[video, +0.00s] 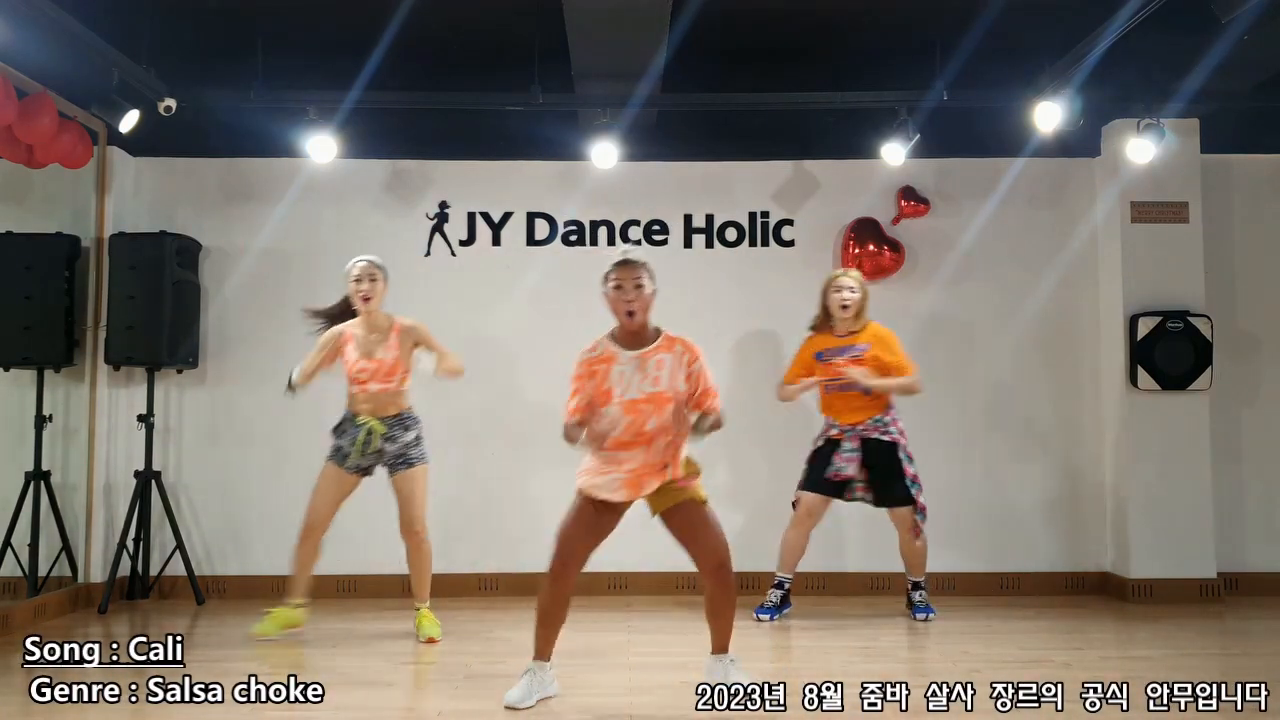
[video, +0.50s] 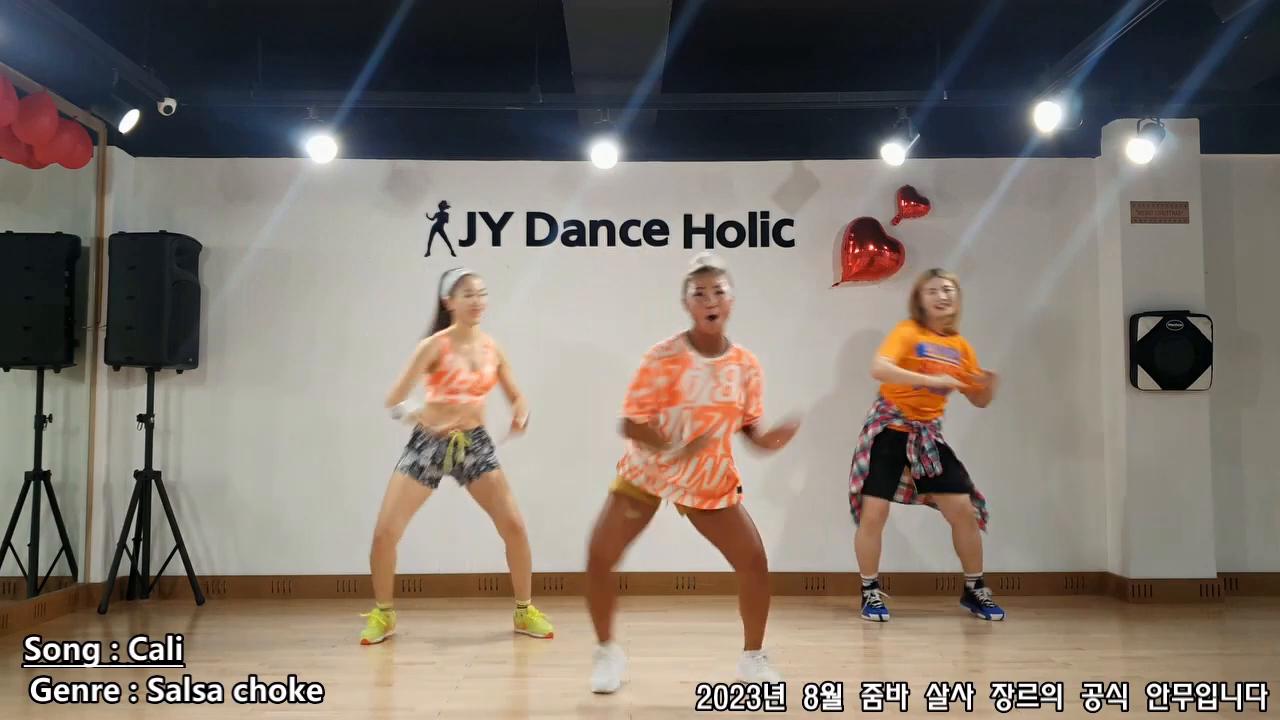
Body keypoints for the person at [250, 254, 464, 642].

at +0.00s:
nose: (365, 287)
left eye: (372, 280)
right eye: (358, 281)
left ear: (385, 286)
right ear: (348, 290)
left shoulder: (408, 330)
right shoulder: (339, 335)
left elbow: (454, 365)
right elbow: (299, 380)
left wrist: (444, 366)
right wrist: (306, 370)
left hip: (402, 431)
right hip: (356, 432)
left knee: (415, 528)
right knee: (313, 523)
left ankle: (424, 611)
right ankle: (295, 605)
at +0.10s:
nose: (383, 284)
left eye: (391, 278)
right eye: (376, 279)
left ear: (402, 285)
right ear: (365, 286)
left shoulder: (419, 322)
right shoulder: (356, 325)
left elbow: (475, 342)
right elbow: (306, 352)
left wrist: (443, 330)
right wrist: (328, 335)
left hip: (418, 425)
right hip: (373, 426)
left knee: (418, 525)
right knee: (346, 518)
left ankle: (425, 610)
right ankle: (354, 601)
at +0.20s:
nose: (398, 288)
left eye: (406, 282)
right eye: (391, 282)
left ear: (417, 289)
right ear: (380, 288)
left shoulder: (433, 327)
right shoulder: (368, 328)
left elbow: (489, 337)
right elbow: (323, 340)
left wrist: (467, 328)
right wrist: (356, 326)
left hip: (432, 427)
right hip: (385, 430)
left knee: (442, 519)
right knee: (381, 526)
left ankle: (435, 607)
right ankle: (386, 612)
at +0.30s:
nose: (418, 291)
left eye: (426, 285)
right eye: (411, 285)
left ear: (436, 292)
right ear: (399, 292)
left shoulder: (449, 331)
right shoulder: (385, 333)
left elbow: (503, 363)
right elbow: (333, 361)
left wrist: (476, 346)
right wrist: (367, 343)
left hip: (444, 428)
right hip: (398, 431)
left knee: (484, 513)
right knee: (381, 532)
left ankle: (486, 594)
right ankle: (386, 613)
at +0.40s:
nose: (446, 300)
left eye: (452, 294)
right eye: (438, 293)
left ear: (461, 301)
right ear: (422, 300)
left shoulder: (470, 345)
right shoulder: (407, 345)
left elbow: (497, 388)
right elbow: (364, 385)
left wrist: (495, 392)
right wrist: (376, 393)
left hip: (458, 442)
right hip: (413, 442)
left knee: (506, 524)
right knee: (383, 537)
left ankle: (524, 608)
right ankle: (386, 614)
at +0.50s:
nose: (478, 301)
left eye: (481, 294)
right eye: (468, 295)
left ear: (487, 300)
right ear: (449, 303)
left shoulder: (490, 348)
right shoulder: (434, 346)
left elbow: (516, 396)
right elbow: (394, 400)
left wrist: (520, 415)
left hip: (474, 443)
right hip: (430, 444)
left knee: (514, 526)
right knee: (385, 532)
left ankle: (524, 610)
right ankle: (383, 612)